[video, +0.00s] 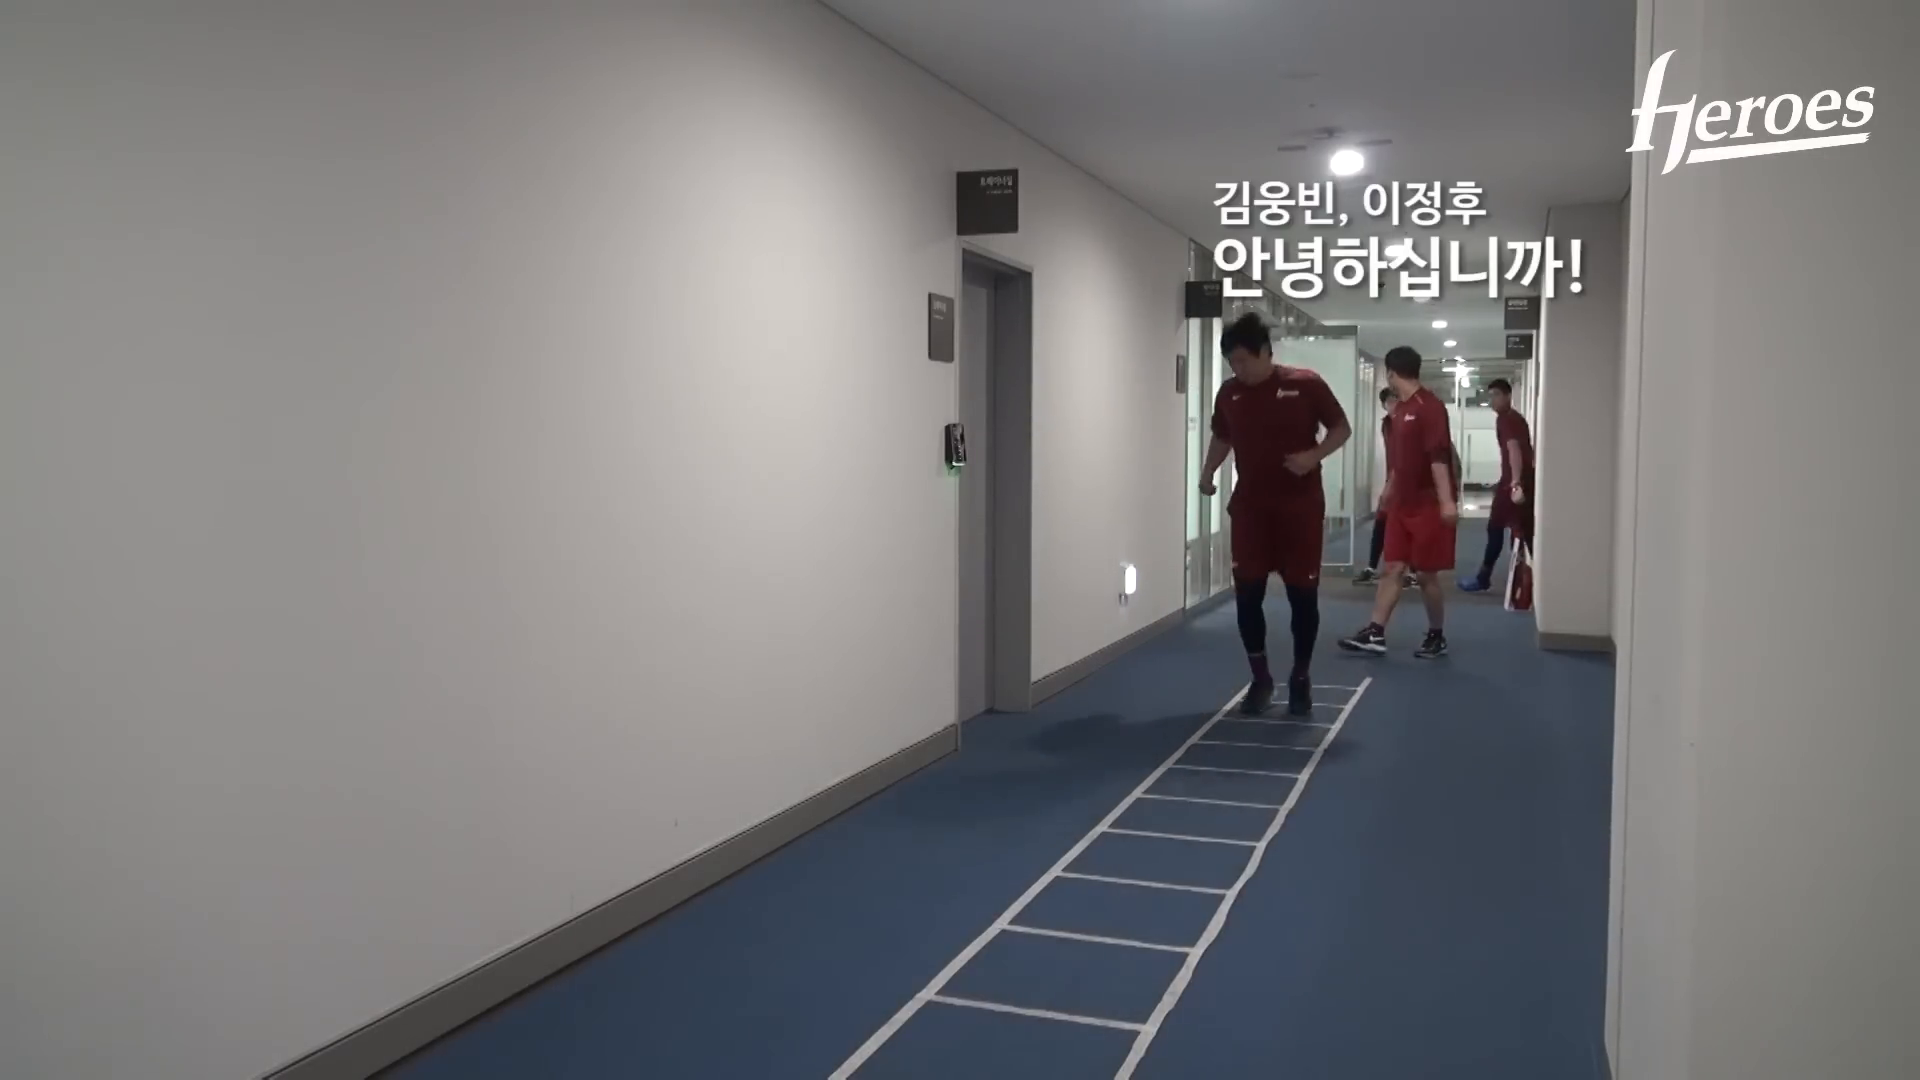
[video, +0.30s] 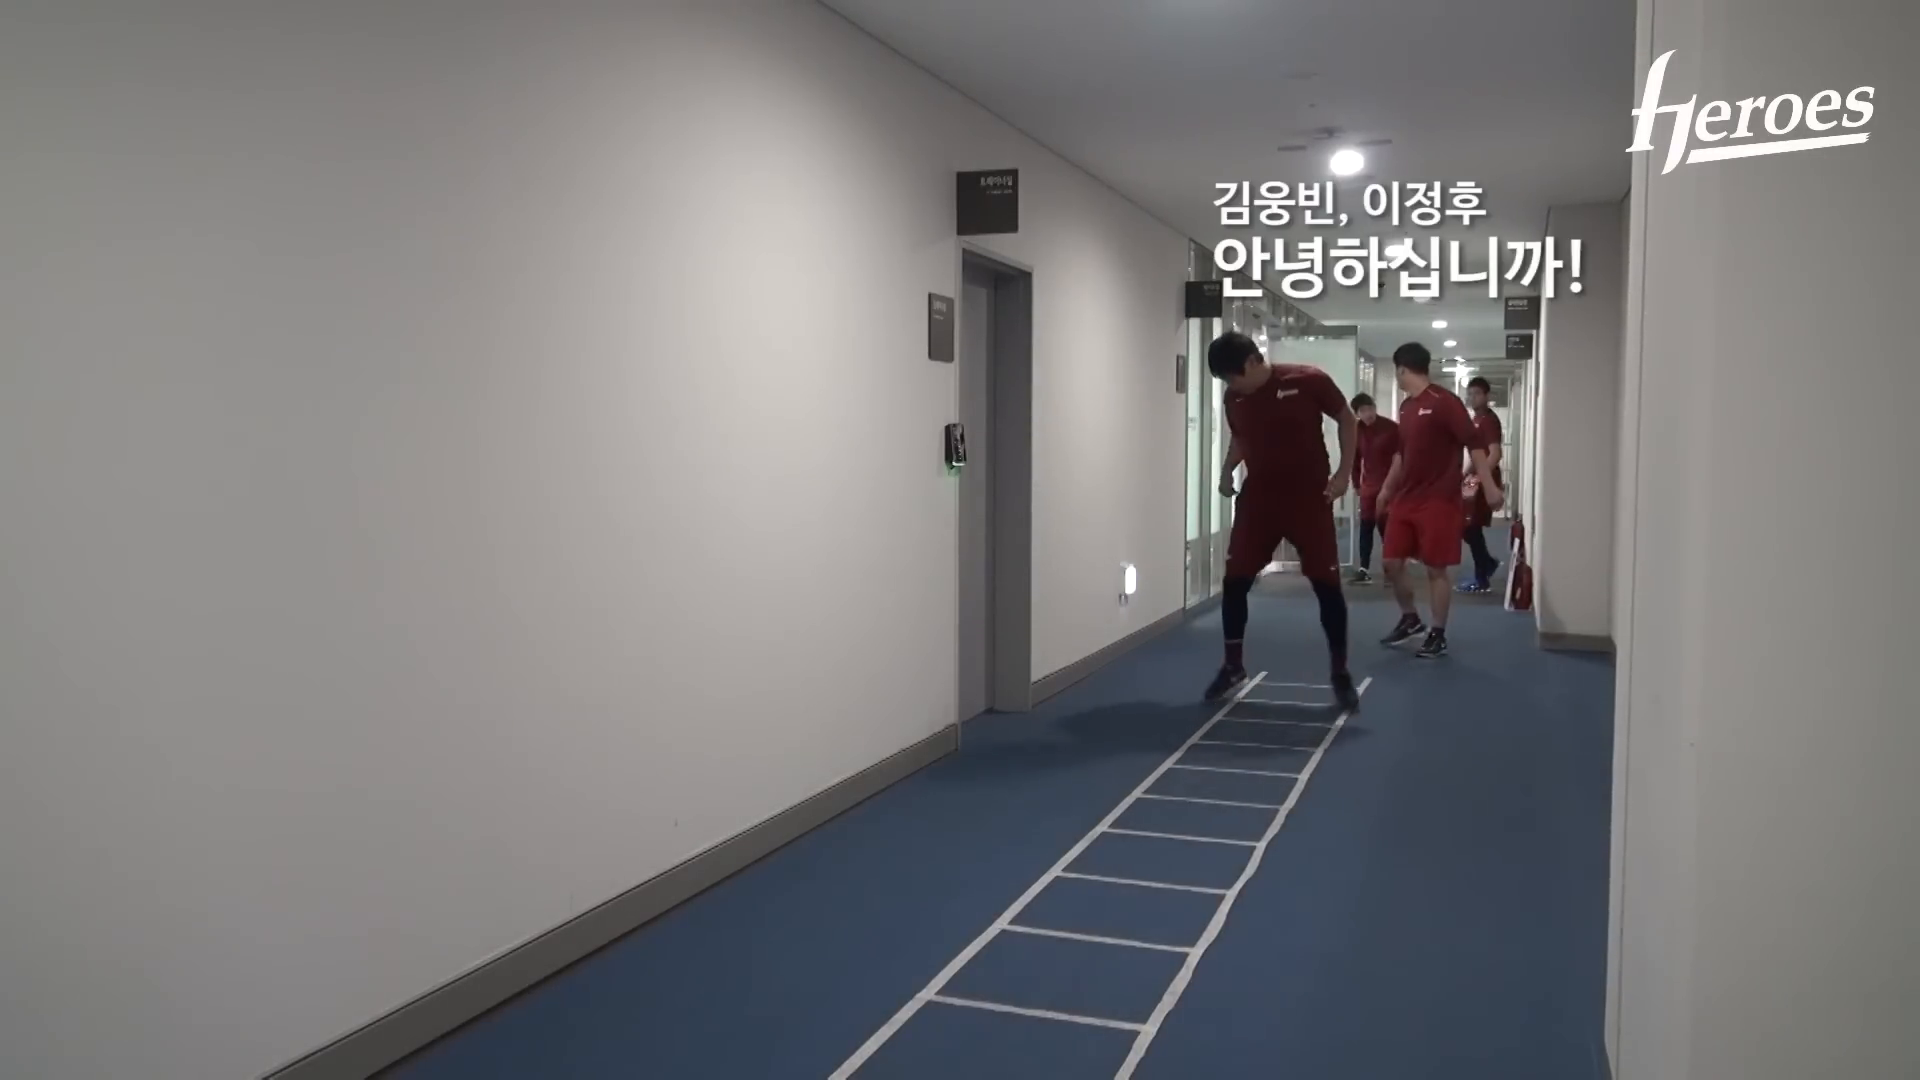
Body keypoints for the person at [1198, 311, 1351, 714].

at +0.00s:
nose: (1235, 368)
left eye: (1240, 360)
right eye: (1231, 361)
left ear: (1263, 353)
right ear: (1230, 357)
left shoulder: (1306, 384)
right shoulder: (1229, 393)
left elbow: (1341, 429)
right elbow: (1222, 437)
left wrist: (1315, 455)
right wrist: (1208, 471)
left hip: (1300, 510)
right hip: (1250, 508)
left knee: (1303, 598)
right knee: (1247, 597)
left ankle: (1300, 678)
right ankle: (1261, 680)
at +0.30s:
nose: (1230, 386)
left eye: (1233, 379)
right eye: (1227, 381)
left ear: (1252, 363)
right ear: (1238, 370)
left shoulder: (1311, 381)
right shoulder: (1235, 396)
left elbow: (1347, 419)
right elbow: (1241, 438)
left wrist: (1344, 471)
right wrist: (1227, 468)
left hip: (1309, 500)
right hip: (1258, 500)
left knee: (1327, 585)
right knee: (1234, 582)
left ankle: (1340, 672)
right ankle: (1232, 666)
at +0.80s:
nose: (1231, 381)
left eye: (1230, 374)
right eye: (1229, 375)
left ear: (1240, 369)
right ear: (1252, 366)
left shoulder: (1291, 393)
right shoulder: (1254, 402)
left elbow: (1331, 436)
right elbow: (1265, 459)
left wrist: (1306, 473)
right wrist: (1249, 493)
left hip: (1305, 512)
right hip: (1264, 511)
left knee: (1310, 592)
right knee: (1254, 590)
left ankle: (1315, 655)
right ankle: (1270, 669)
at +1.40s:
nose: (1259, 368)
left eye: (1259, 363)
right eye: (1261, 362)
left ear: (1262, 364)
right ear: (1291, 363)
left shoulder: (1285, 398)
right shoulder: (1299, 393)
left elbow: (1301, 447)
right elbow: (1311, 447)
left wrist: (1268, 486)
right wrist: (1282, 485)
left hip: (1306, 502)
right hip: (1309, 499)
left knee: (1303, 581)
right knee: (1289, 574)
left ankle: (1342, 663)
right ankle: (1292, 651)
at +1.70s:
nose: (1255, 362)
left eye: (1255, 357)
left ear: (1257, 358)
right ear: (1287, 359)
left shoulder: (1256, 393)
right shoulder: (1307, 394)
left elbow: (1257, 445)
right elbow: (1325, 447)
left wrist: (1235, 480)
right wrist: (1317, 484)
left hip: (1277, 495)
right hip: (1311, 493)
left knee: (1262, 574)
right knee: (1295, 571)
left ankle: (1315, 637)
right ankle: (1292, 652)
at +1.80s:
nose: (1249, 361)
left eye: (1249, 355)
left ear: (1251, 358)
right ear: (1281, 358)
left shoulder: (1249, 393)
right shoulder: (1302, 394)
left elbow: (1247, 447)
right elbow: (1321, 447)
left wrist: (1228, 490)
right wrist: (1312, 484)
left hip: (1268, 493)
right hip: (1304, 493)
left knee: (1236, 569)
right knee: (1292, 571)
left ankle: (1286, 634)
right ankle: (1295, 654)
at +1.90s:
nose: (1242, 363)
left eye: (1241, 357)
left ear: (1243, 360)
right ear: (1273, 360)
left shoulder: (1240, 396)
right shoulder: (1295, 395)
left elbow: (1238, 443)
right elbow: (1314, 448)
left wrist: (1224, 491)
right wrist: (1306, 483)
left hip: (1257, 497)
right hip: (1295, 497)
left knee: (1221, 565)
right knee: (1291, 571)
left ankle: (1241, 642)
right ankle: (1294, 652)